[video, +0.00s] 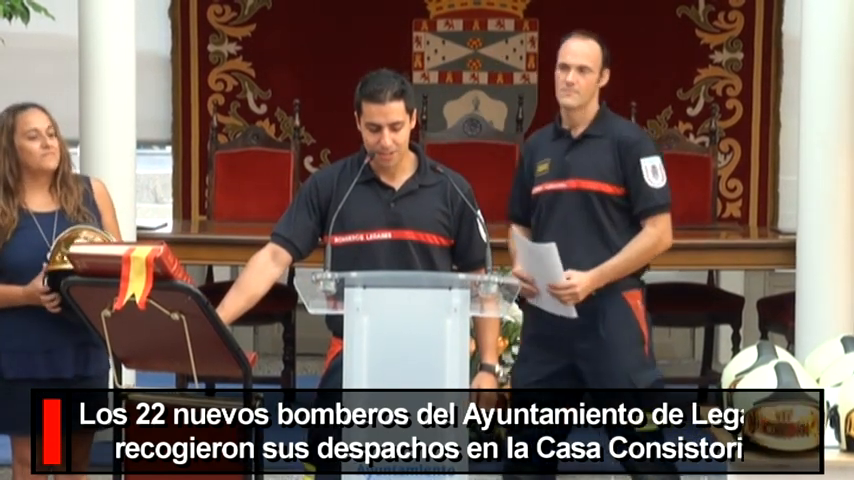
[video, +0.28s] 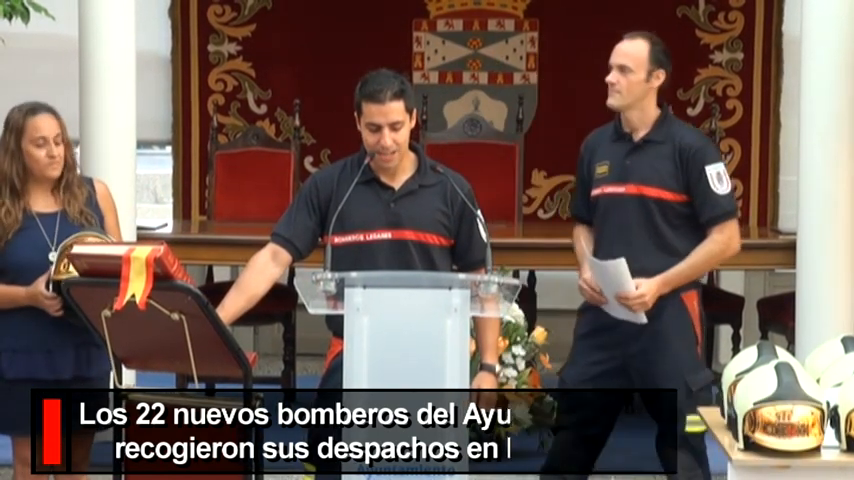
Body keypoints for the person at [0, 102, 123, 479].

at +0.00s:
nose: (48, 142)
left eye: (51, 133)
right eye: (33, 136)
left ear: (60, 139)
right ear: (11, 149)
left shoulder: (91, 191)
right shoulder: (4, 205)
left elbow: (118, 265)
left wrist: (80, 282)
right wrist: (26, 294)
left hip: (84, 360)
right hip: (20, 362)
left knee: (77, 465)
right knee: (29, 466)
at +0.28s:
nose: (53, 151)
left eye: (58, 141)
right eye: (40, 143)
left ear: (67, 144)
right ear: (16, 151)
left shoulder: (94, 193)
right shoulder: (6, 206)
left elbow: (118, 269)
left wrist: (81, 284)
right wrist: (26, 295)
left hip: (86, 361)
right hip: (21, 362)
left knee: (77, 466)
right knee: (29, 466)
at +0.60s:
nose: (54, 158)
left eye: (61, 147)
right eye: (42, 148)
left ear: (70, 148)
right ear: (19, 151)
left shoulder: (95, 194)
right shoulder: (6, 205)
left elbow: (119, 271)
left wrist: (81, 284)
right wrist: (27, 295)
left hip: (86, 363)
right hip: (21, 364)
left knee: (77, 467)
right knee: (30, 468)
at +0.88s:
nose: (55, 158)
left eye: (62, 147)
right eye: (43, 147)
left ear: (72, 148)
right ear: (20, 151)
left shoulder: (97, 194)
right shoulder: (6, 205)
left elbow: (122, 271)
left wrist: (81, 284)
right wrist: (23, 295)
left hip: (85, 359)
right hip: (22, 360)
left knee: (76, 464)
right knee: (32, 465)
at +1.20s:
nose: (55, 155)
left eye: (62, 144)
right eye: (43, 145)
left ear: (72, 147)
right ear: (20, 149)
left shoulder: (98, 194)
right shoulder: (6, 205)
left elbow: (122, 271)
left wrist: (80, 281)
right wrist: (21, 294)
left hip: (85, 359)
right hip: (22, 359)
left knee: (75, 464)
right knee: (32, 465)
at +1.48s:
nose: (54, 153)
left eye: (61, 143)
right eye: (42, 144)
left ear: (72, 147)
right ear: (19, 149)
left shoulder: (98, 194)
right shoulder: (6, 204)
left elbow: (122, 270)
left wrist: (79, 282)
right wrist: (21, 294)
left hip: (85, 358)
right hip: (22, 359)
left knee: (76, 464)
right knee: (32, 464)